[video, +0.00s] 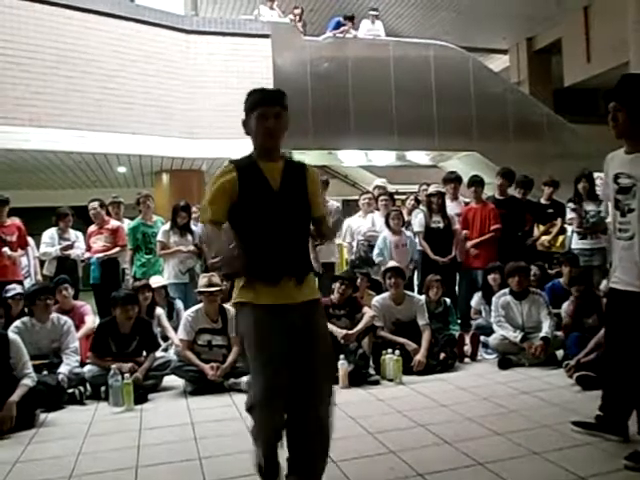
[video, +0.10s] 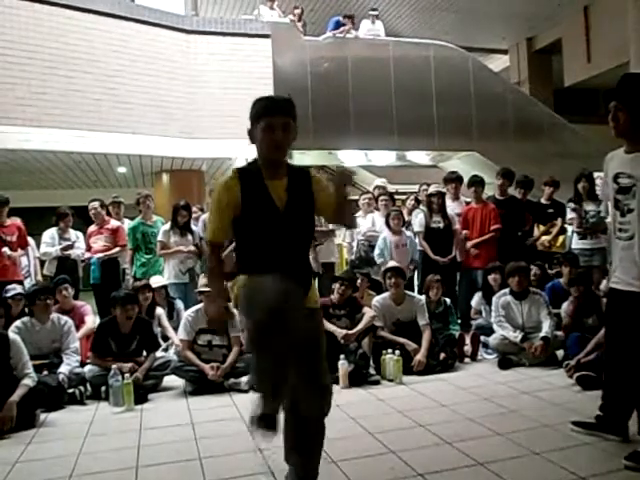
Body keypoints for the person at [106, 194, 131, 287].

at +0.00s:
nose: (116, 210)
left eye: (118, 207)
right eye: (113, 207)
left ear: (122, 208)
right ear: (109, 209)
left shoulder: (130, 224)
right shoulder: (106, 225)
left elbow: (133, 243)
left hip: (126, 262)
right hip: (111, 262)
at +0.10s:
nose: (116, 210)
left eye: (119, 207)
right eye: (113, 207)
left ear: (123, 208)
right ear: (109, 209)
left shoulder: (130, 225)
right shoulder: (106, 225)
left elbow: (134, 244)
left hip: (126, 263)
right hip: (111, 262)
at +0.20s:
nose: (116, 210)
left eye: (119, 207)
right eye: (113, 207)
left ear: (123, 208)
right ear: (109, 208)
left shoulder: (130, 224)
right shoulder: (106, 225)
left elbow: (134, 243)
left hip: (126, 263)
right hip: (110, 262)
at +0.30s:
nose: (116, 210)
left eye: (119, 207)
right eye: (113, 207)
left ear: (123, 208)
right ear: (109, 209)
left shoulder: (130, 224)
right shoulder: (106, 225)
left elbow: (134, 242)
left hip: (126, 263)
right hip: (111, 262)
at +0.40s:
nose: (116, 210)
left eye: (119, 207)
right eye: (113, 207)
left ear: (123, 208)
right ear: (109, 209)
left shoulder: (130, 224)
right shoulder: (106, 225)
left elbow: (134, 242)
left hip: (126, 263)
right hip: (111, 262)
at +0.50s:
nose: (116, 210)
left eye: (119, 207)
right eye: (114, 207)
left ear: (123, 209)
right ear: (109, 209)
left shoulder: (130, 224)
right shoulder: (106, 225)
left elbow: (134, 243)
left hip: (127, 262)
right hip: (111, 262)